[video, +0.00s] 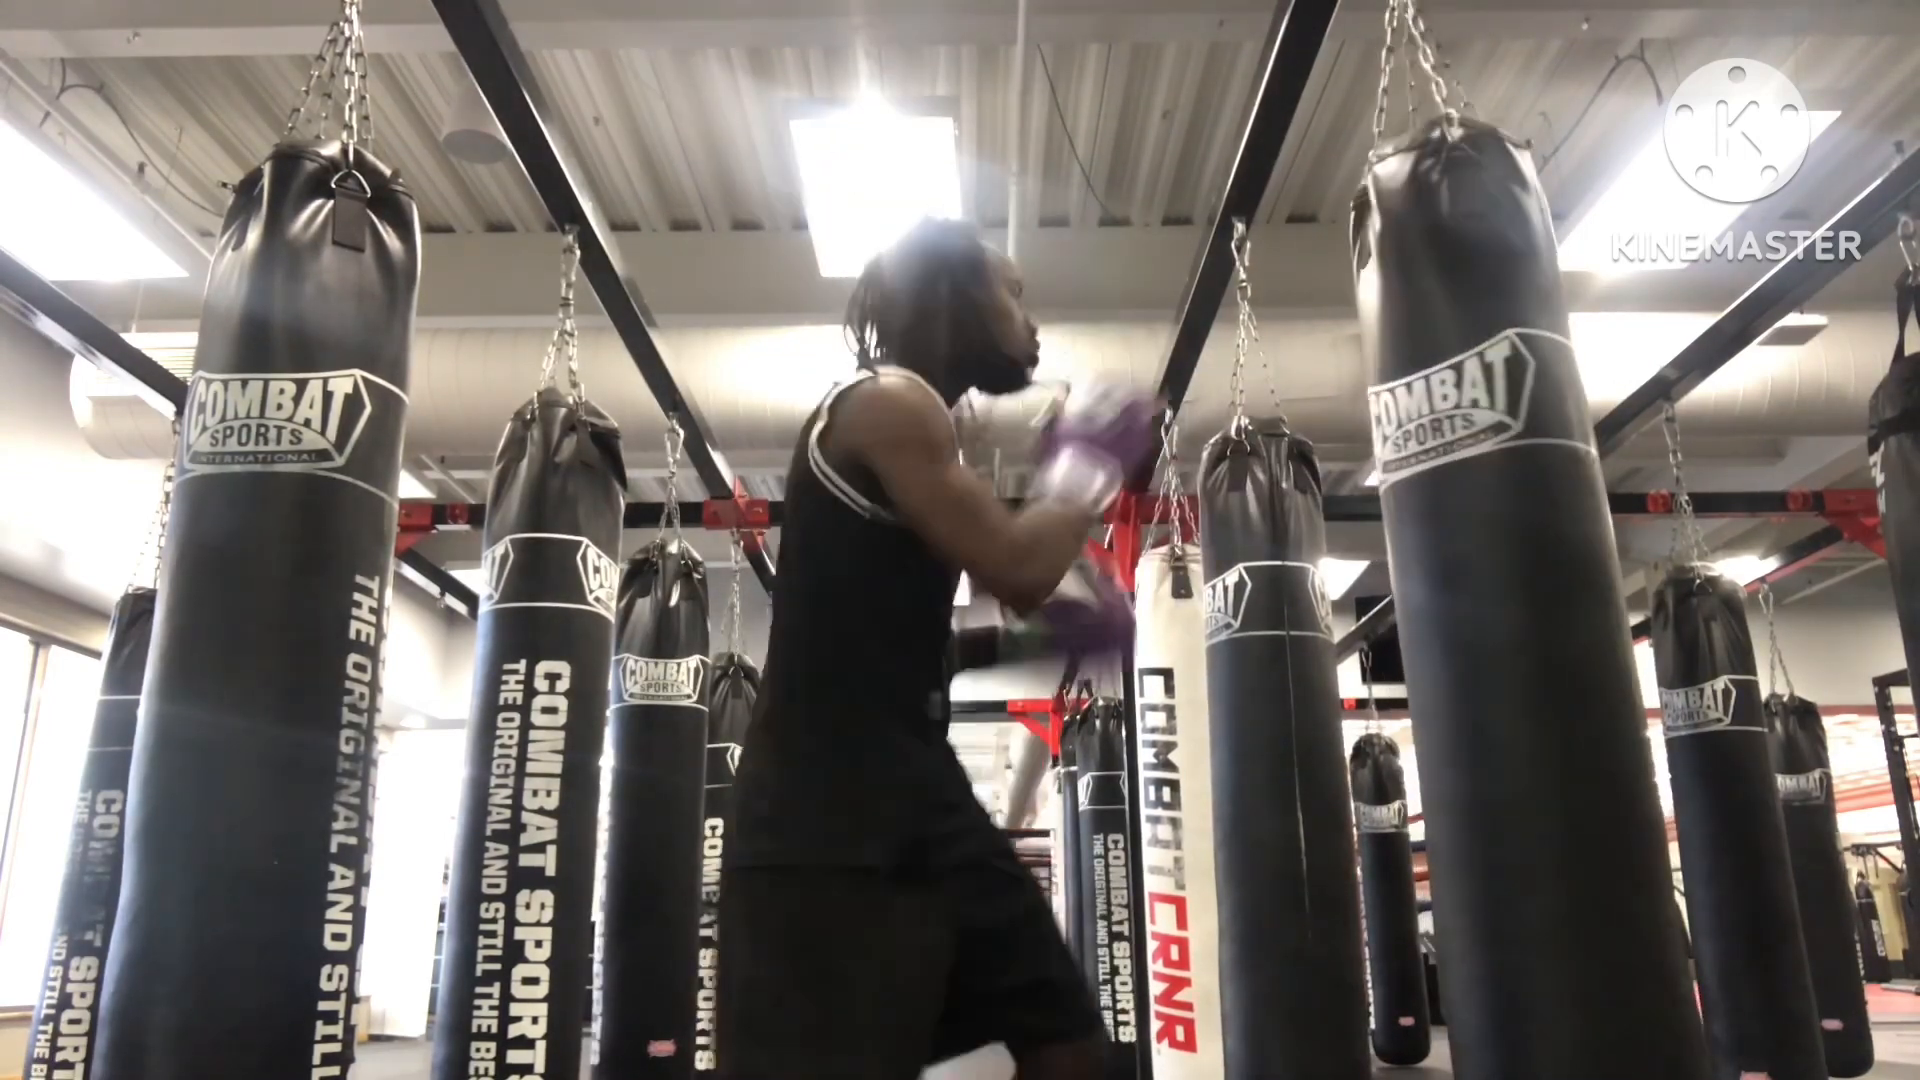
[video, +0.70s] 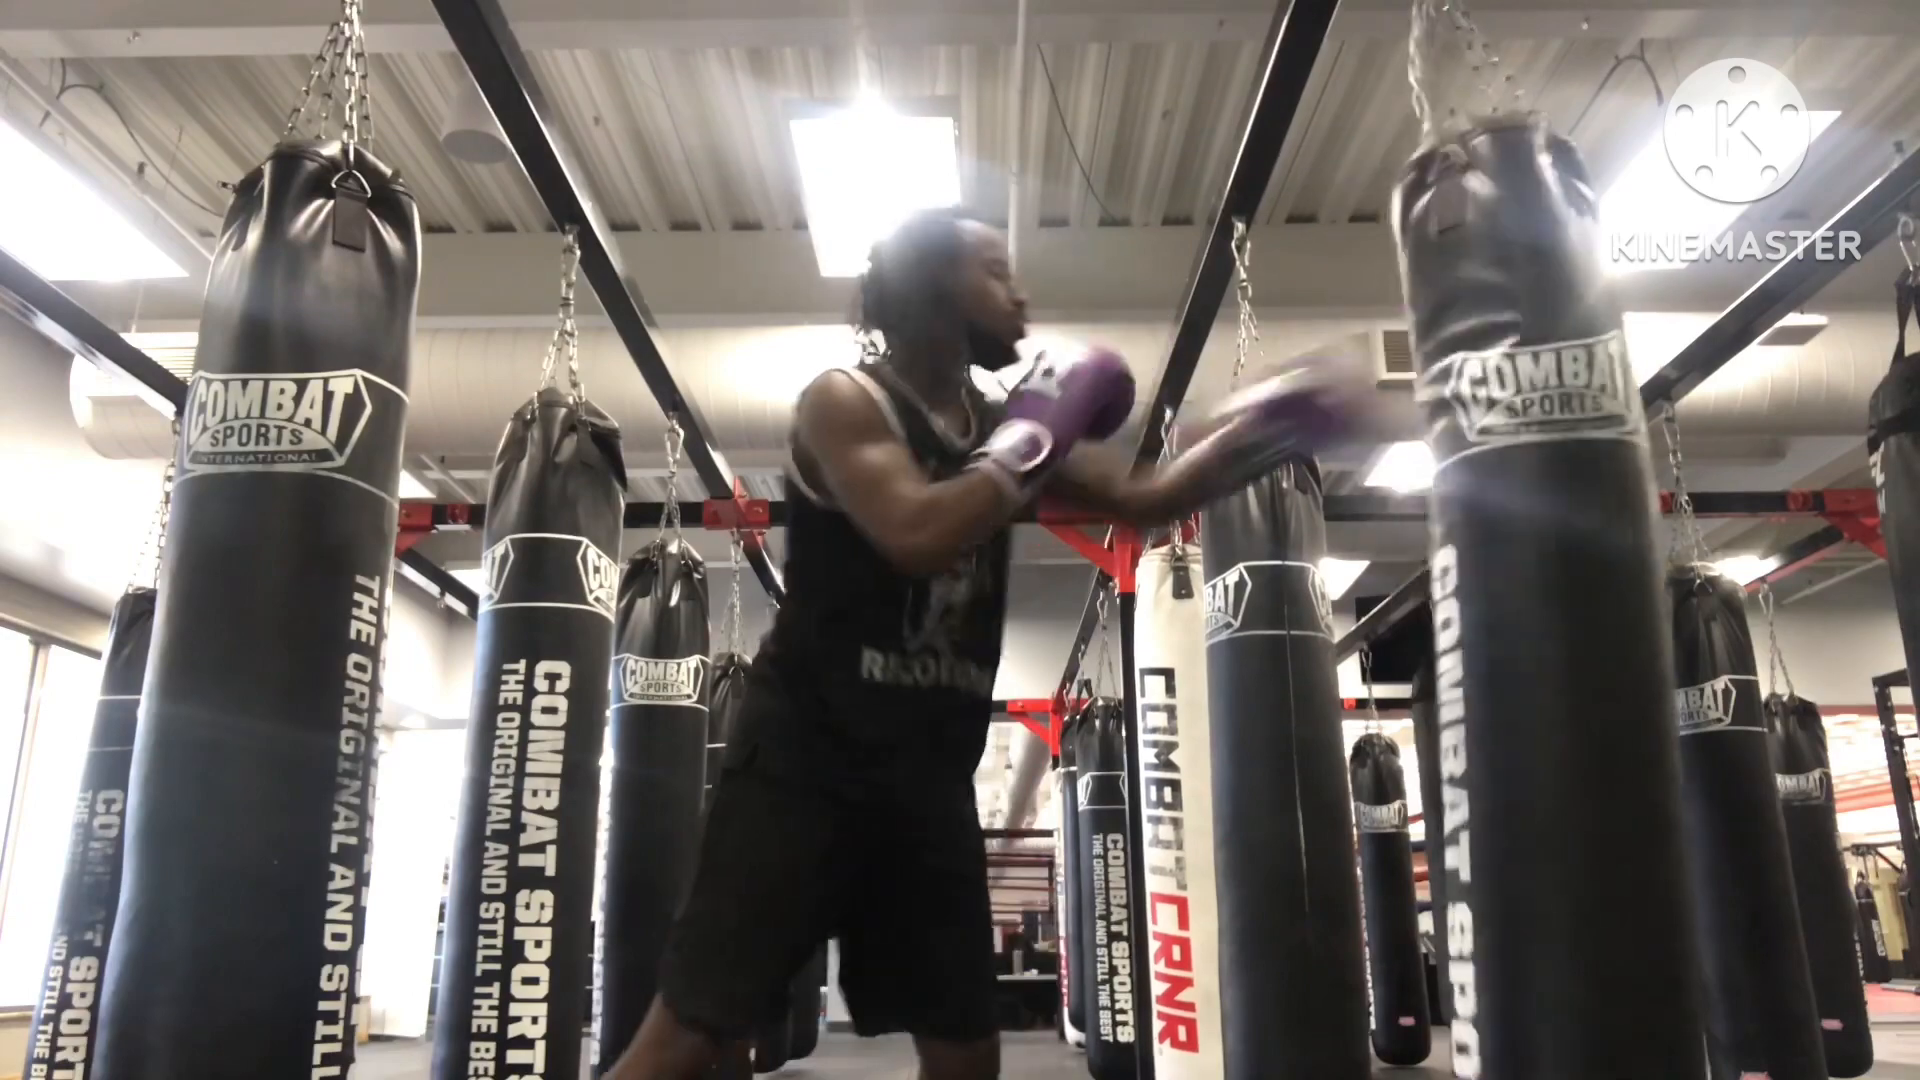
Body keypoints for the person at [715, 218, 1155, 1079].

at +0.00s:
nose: (1031, 318)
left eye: (1023, 295)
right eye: (1013, 294)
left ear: (923, 310)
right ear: (956, 300)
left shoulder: (878, 414)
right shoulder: (890, 405)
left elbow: (884, 650)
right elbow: (1022, 566)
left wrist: (1032, 633)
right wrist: (1091, 461)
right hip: (858, 809)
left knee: (1063, 1042)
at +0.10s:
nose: (1047, 271)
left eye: (1038, 251)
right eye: (1026, 250)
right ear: (966, 263)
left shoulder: (967, 416)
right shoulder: (874, 369)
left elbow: (1027, 558)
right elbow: (1017, 498)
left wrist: (1145, 478)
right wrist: (1083, 400)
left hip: (929, 741)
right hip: (823, 742)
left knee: (1025, 1033)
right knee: (747, 1040)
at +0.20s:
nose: (1059, 286)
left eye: (1052, 262)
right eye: (1038, 258)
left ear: (981, 273)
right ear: (975, 266)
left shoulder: (1019, 410)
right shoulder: (869, 376)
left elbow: (1188, 455)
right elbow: (1010, 486)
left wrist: (1339, 421)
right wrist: (1090, 386)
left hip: (941, 764)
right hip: (818, 757)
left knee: (999, 1050)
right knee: (776, 1051)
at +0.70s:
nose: (1019, 298)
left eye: (1013, 278)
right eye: (997, 273)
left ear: (955, 297)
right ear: (927, 285)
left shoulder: (997, 428)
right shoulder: (840, 400)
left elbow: (1141, 497)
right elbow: (915, 529)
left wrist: (1268, 422)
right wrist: (1039, 426)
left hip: (928, 783)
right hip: (801, 766)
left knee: (963, 1053)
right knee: (687, 1038)